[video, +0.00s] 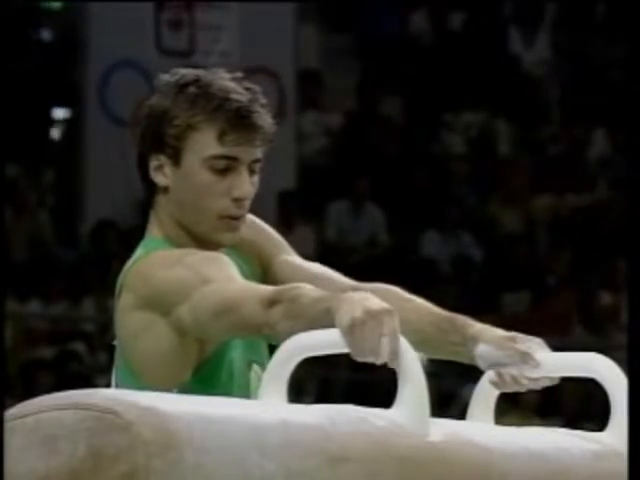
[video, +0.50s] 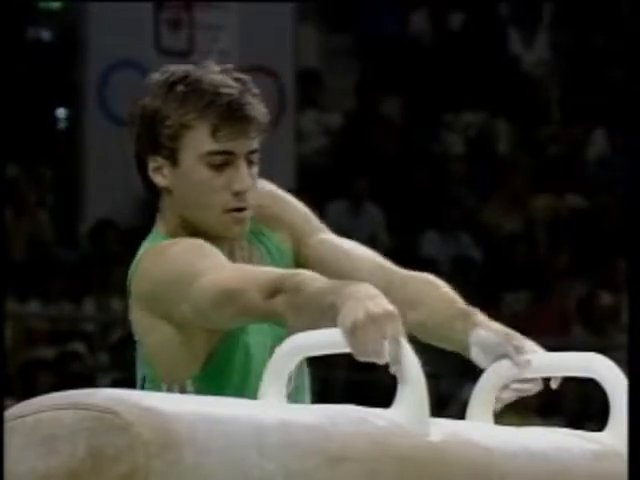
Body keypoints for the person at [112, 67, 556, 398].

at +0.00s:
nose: (244, 190)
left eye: (253, 170)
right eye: (221, 168)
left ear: (262, 167)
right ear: (162, 171)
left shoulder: (245, 239)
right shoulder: (166, 273)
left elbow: (353, 293)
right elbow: (264, 309)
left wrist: (476, 339)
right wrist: (339, 305)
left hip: (232, 467)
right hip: (168, 471)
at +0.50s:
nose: (243, 183)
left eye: (250, 161)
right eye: (219, 164)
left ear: (258, 157)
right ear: (161, 172)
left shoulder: (268, 210)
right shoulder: (169, 266)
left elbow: (381, 279)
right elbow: (268, 294)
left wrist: (476, 333)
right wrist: (342, 297)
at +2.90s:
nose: (219, 190)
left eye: (217, 185)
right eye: (218, 184)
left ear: (221, 180)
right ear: (243, 169)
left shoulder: (232, 200)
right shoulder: (268, 182)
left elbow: (259, 251)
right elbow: (307, 233)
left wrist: (281, 299)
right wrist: (330, 294)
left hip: (318, 247)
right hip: (334, 225)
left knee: (391, 286)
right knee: (398, 261)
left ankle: (469, 314)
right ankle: (473, 301)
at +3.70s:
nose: (260, 213)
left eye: (258, 205)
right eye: (255, 210)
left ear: (270, 190)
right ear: (261, 205)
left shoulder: (300, 192)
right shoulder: (292, 233)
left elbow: (324, 241)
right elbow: (316, 266)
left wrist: (335, 290)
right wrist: (330, 302)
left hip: (353, 227)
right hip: (346, 253)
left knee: (402, 250)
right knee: (390, 277)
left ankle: (455, 282)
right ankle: (443, 297)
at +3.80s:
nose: (252, 214)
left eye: (251, 206)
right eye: (247, 210)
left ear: (265, 192)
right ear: (254, 206)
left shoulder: (295, 205)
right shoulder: (282, 229)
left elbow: (324, 255)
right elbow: (312, 265)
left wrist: (344, 304)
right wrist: (330, 305)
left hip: (367, 234)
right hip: (358, 258)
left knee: (435, 269)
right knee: (429, 293)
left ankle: (506, 307)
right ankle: (498, 321)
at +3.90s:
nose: (260, 204)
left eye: (261, 196)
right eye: (255, 200)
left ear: (278, 184)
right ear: (264, 194)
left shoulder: (301, 206)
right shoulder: (287, 214)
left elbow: (322, 260)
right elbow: (311, 262)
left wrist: (346, 305)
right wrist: (331, 306)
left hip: (374, 247)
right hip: (364, 254)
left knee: (430, 298)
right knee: (421, 303)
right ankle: (479, 345)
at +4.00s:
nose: (283, 190)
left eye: (286, 182)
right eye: (281, 184)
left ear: (304, 175)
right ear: (304, 175)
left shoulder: (321, 204)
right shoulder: (319, 188)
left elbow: (328, 255)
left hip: (363, 268)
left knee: (383, 323)